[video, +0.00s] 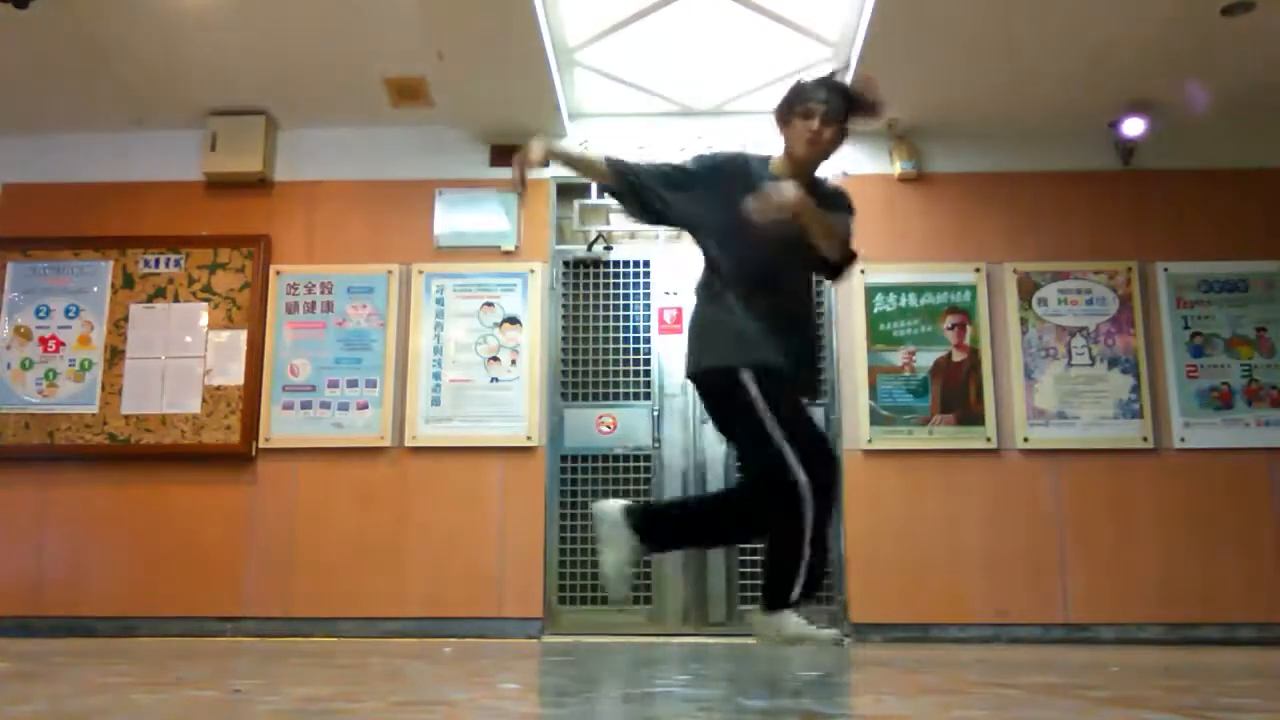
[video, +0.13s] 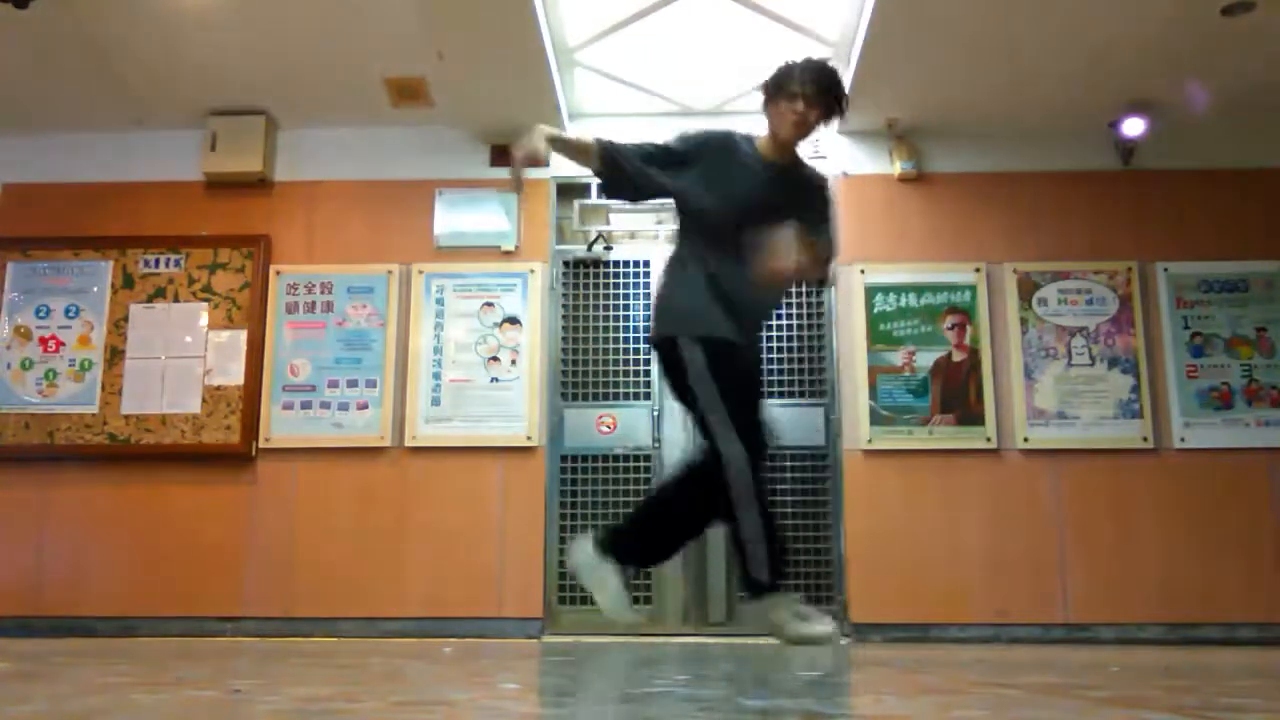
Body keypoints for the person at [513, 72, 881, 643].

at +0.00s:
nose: (815, 130)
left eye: (829, 123)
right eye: (805, 116)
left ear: (840, 138)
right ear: (783, 122)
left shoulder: (831, 202)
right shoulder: (732, 175)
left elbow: (838, 261)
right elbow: (641, 183)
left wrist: (804, 213)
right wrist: (559, 153)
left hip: (783, 363)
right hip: (729, 354)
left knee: (777, 500)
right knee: (811, 468)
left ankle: (633, 524)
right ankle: (780, 611)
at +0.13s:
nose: (796, 110)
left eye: (810, 104)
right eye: (788, 97)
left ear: (823, 118)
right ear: (769, 102)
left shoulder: (809, 189)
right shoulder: (717, 151)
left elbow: (820, 264)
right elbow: (629, 164)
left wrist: (794, 265)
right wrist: (553, 140)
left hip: (740, 335)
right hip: (688, 322)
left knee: (732, 461)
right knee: (740, 448)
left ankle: (608, 552)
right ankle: (768, 595)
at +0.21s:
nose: (792, 104)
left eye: (801, 95)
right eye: (783, 89)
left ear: (806, 103)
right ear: (756, 85)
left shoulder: (786, 182)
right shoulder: (703, 134)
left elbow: (792, 261)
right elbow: (616, 165)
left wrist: (803, 318)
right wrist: (578, 191)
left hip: (712, 319)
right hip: (659, 306)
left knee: (703, 448)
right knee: (692, 443)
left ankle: (619, 583)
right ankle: (698, 588)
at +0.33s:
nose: (761, 120)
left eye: (770, 111)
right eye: (751, 105)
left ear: (773, 118)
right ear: (720, 103)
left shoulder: (746, 203)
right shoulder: (672, 158)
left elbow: (758, 286)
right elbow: (611, 213)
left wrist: (805, 344)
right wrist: (657, 269)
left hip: (685, 345)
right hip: (630, 329)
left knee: (682, 471)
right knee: (647, 450)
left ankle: (616, 600)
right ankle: (572, 574)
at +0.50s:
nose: (730, 99)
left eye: (738, 89)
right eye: (721, 85)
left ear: (743, 97)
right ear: (693, 85)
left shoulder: (724, 171)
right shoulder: (647, 143)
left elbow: (715, 243)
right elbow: (583, 209)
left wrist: (757, 299)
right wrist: (647, 251)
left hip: (665, 322)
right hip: (607, 305)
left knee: (656, 454)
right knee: (611, 400)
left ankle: (609, 595)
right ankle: (521, 515)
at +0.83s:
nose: (656, 83)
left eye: (665, 69)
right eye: (644, 69)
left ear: (676, 69)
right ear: (620, 68)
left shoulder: (693, 152)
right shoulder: (576, 151)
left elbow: (714, 250)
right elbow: (523, 242)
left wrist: (713, 229)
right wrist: (555, 243)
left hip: (661, 340)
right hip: (585, 340)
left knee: (657, 475)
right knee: (587, 469)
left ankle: (575, 550)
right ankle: (567, 607)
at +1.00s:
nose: (640, 105)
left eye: (649, 92)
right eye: (629, 92)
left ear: (662, 79)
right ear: (606, 82)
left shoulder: (691, 130)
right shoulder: (575, 147)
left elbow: (719, 205)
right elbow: (520, 249)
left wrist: (738, 192)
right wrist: (531, 201)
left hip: (677, 320)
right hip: (601, 325)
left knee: (678, 451)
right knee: (593, 452)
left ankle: (633, 549)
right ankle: (569, 588)